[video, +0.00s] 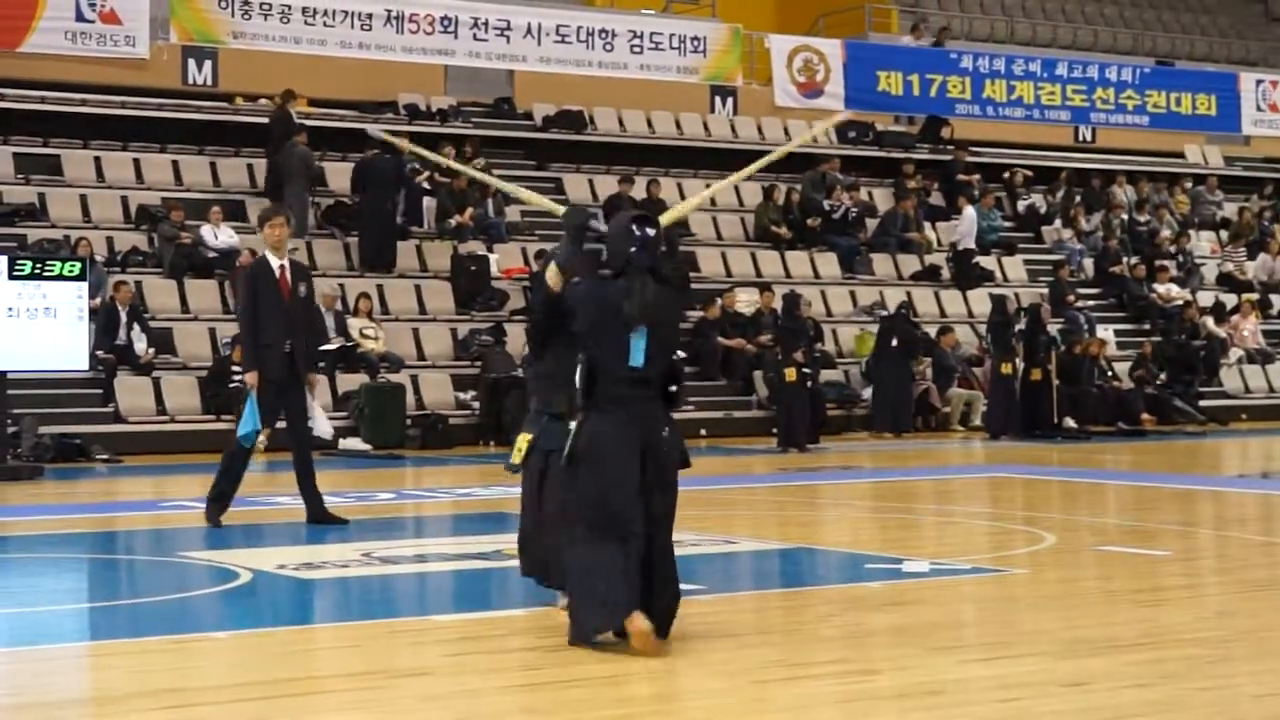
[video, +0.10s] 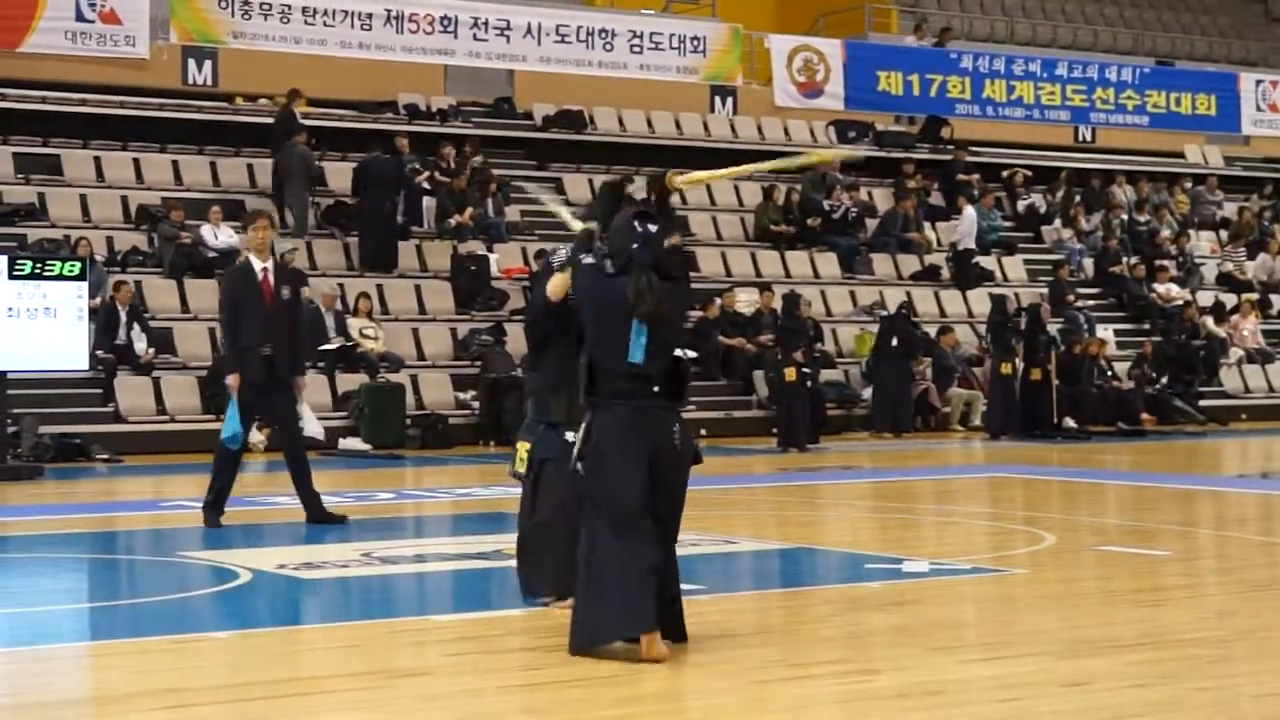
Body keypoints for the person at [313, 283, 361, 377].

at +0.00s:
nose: (334, 302)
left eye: (335, 299)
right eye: (331, 299)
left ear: (337, 299)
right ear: (323, 298)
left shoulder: (339, 314)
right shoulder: (314, 313)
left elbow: (345, 334)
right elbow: (313, 337)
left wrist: (341, 340)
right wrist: (327, 341)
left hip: (340, 344)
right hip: (324, 345)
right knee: (330, 357)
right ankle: (332, 390)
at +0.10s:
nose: (334, 301)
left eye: (335, 298)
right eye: (331, 298)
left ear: (337, 299)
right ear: (323, 298)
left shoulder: (339, 314)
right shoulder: (312, 313)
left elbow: (345, 334)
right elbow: (312, 338)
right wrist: (327, 342)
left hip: (340, 345)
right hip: (322, 347)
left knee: (351, 354)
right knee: (332, 355)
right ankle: (332, 387)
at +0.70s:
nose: (330, 299)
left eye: (332, 296)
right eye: (327, 296)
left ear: (335, 298)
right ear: (322, 297)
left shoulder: (340, 313)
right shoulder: (312, 312)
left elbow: (347, 335)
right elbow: (310, 338)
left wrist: (340, 337)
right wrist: (326, 338)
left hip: (340, 345)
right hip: (321, 346)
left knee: (352, 352)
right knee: (332, 353)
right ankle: (333, 387)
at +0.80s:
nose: (329, 296)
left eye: (332, 293)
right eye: (326, 293)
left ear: (336, 296)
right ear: (321, 295)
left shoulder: (341, 313)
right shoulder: (312, 312)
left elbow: (347, 335)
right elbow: (310, 338)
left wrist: (339, 337)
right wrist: (325, 338)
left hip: (340, 345)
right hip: (319, 347)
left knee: (353, 352)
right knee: (333, 353)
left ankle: (353, 383)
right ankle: (330, 385)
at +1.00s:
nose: (329, 296)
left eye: (332, 293)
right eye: (326, 292)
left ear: (336, 296)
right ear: (321, 294)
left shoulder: (342, 312)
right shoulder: (313, 312)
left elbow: (349, 335)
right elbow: (311, 339)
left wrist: (340, 337)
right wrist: (326, 339)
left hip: (342, 344)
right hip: (322, 346)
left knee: (353, 350)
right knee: (334, 353)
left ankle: (354, 382)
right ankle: (334, 386)